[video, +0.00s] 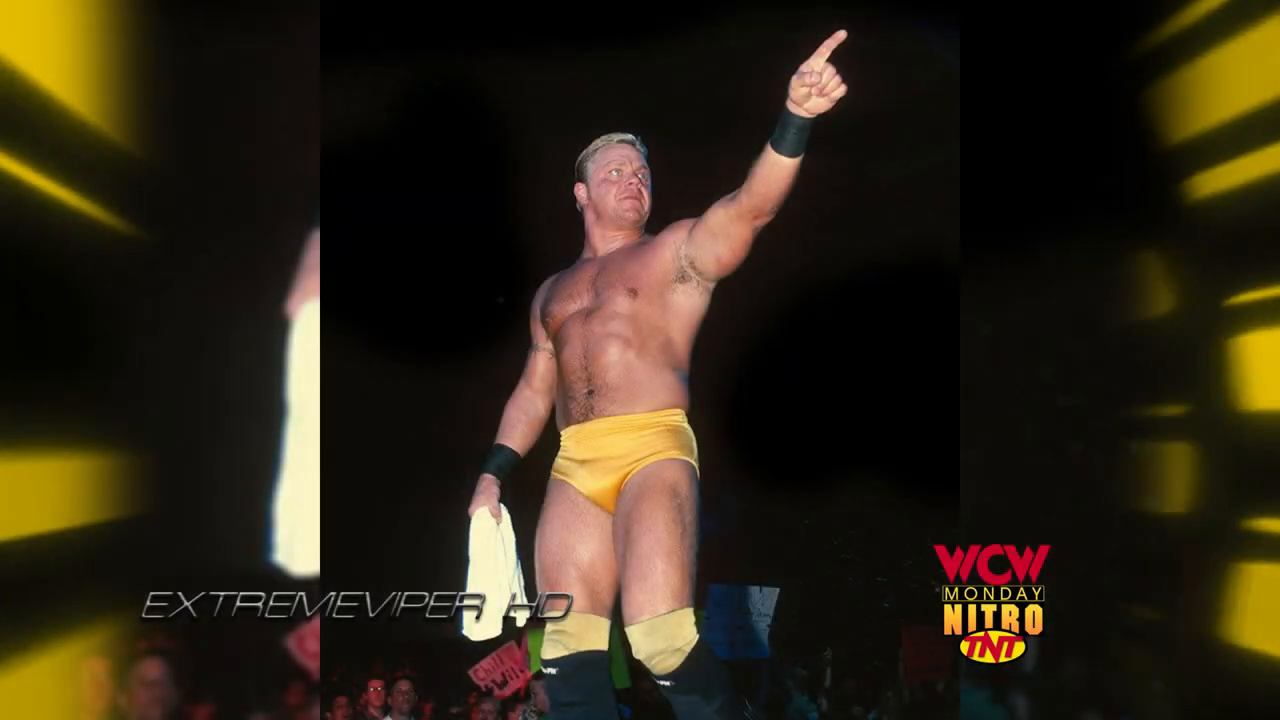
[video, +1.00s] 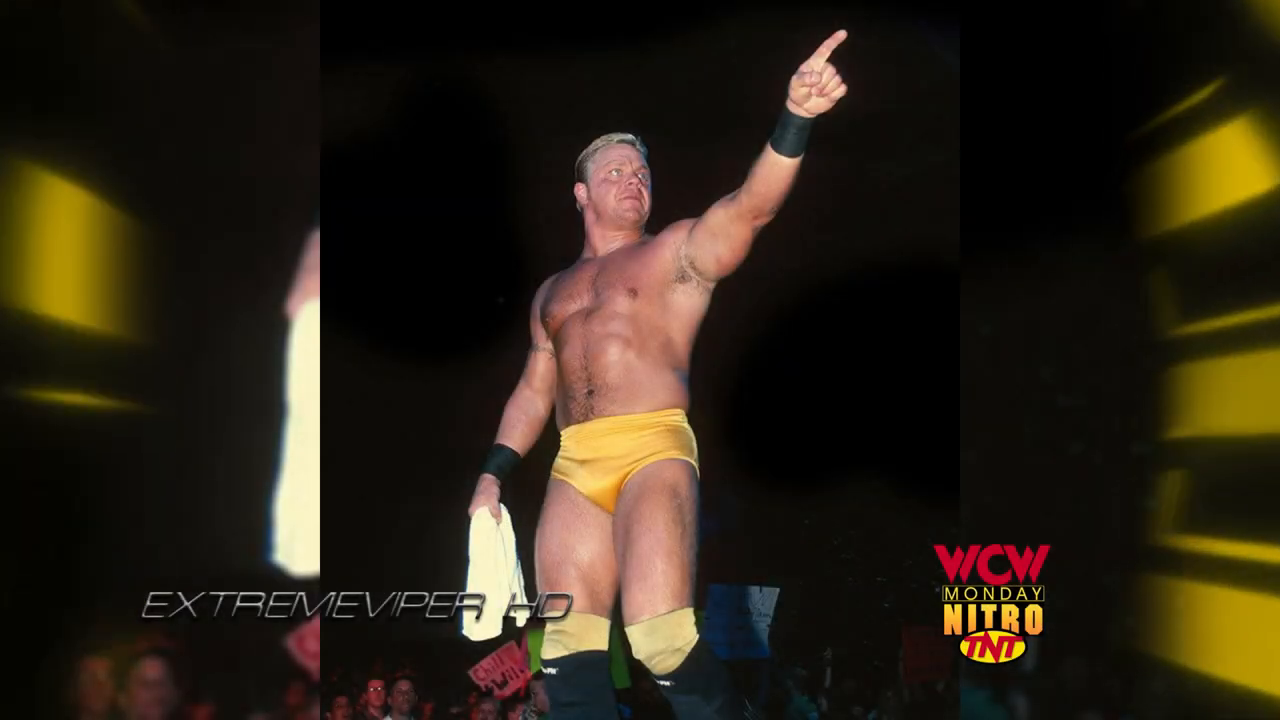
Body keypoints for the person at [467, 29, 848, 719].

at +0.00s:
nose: (632, 180)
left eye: (640, 172)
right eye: (614, 170)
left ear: (650, 194)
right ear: (581, 193)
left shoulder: (679, 254)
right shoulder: (553, 296)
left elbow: (752, 204)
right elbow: (534, 394)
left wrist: (797, 115)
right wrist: (490, 477)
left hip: (656, 448)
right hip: (576, 462)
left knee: (659, 635)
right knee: (568, 646)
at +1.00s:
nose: (632, 180)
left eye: (640, 172)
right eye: (614, 171)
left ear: (651, 193)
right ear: (581, 193)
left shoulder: (680, 254)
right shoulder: (553, 296)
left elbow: (752, 204)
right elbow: (534, 394)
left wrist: (797, 115)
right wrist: (490, 477)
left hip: (656, 448)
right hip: (576, 462)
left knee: (659, 635)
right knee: (568, 646)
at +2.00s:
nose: (632, 180)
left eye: (640, 172)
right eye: (614, 171)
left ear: (651, 193)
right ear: (581, 193)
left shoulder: (680, 254)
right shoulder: (553, 296)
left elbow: (752, 204)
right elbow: (534, 394)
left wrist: (797, 115)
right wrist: (490, 477)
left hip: (656, 448)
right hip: (576, 462)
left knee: (659, 635)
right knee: (568, 646)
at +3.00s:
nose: (632, 180)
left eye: (640, 172)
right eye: (614, 171)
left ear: (650, 194)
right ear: (581, 193)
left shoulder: (680, 254)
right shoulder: (553, 296)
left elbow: (752, 204)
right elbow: (534, 394)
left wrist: (797, 115)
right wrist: (490, 477)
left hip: (656, 448)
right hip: (576, 462)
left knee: (659, 635)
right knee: (568, 646)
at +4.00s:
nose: (632, 180)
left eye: (640, 172)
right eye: (614, 171)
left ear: (651, 193)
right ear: (581, 193)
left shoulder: (680, 254)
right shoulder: (553, 296)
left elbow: (752, 204)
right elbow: (534, 394)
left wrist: (797, 115)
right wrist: (490, 477)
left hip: (656, 448)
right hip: (576, 462)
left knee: (659, 635)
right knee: (568, 646)